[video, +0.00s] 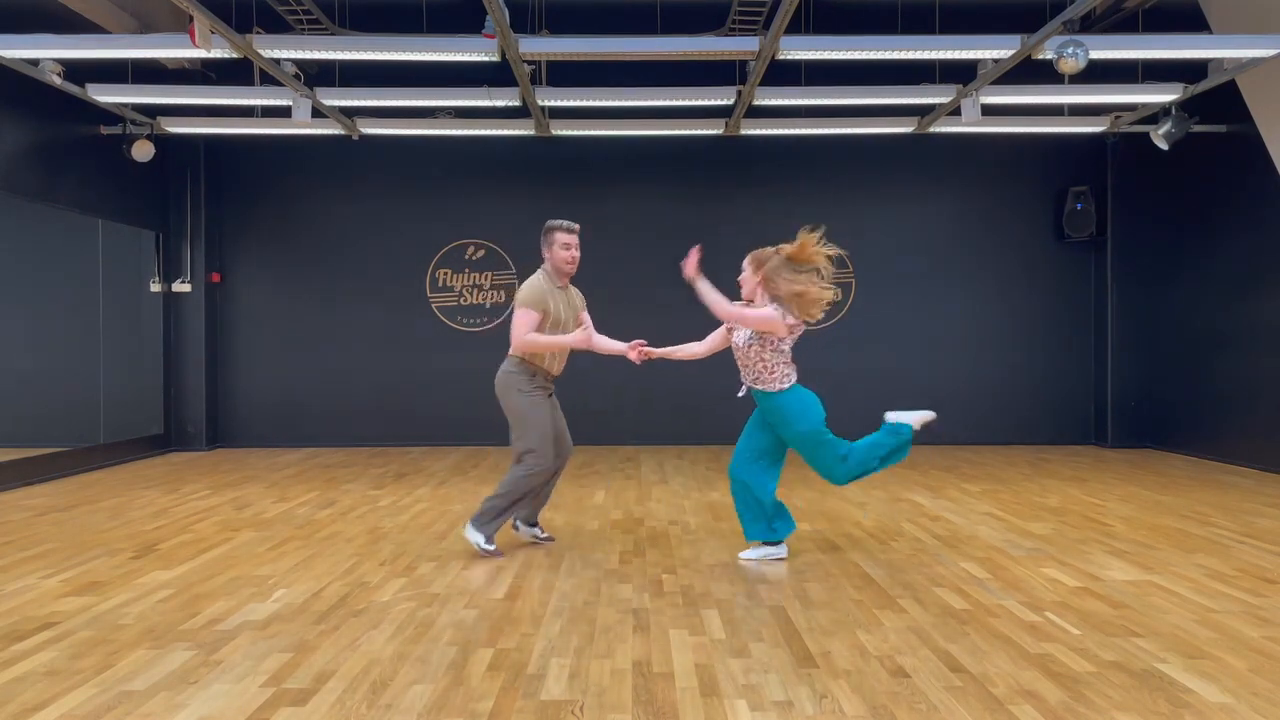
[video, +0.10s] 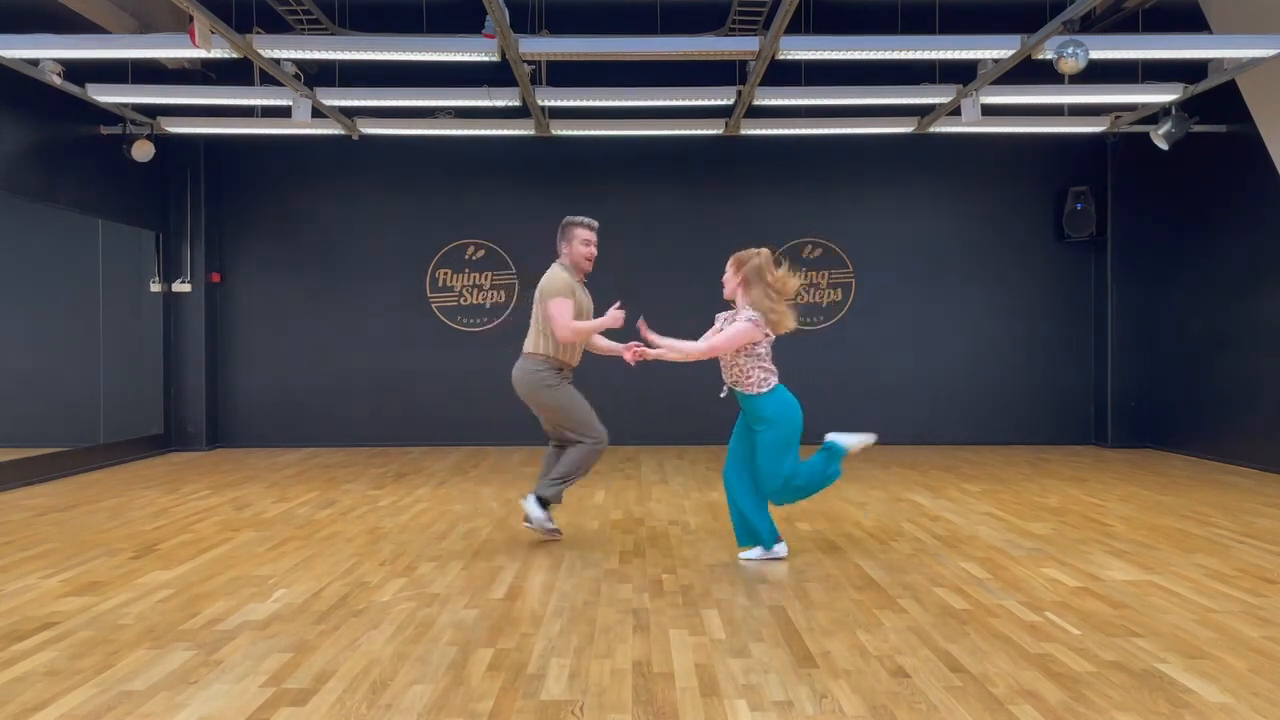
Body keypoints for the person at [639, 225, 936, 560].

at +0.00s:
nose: (738, 279)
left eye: (744, 272)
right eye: (741, 272)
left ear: (762, 280)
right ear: (760, 281)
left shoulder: (781, 318)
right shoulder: (740, 319)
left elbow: (727, 312)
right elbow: (700, 348)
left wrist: (695, 278)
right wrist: (654, 352)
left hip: (792, 407)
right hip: (767, 410)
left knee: (839, 467)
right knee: (745, 471)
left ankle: (901, 429)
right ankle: (770, 542)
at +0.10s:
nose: (722, 279)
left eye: (727, 274)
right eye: (725, 273)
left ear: (741, 280)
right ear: (740, 281)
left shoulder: (753, 323)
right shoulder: (727, 320)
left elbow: (701, 352)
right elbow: (695, 347)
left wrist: (654, 354)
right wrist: (654, 339)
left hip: (776, 414)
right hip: (751, 414)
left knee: (778, 489)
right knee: (737, 476)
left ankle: (835, 450)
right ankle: (768, 543)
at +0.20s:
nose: (705, 269)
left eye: (708, 264)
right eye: (707, 263)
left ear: (721, 270)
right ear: (733, 272)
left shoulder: (714, 312)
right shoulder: (734, 308)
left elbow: (681, 359)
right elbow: (690, 343)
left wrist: (647, 375)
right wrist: (652, 351)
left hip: (744, 402)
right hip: (761, 396)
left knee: (696, 457)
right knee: (751, 469)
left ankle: (758, 493)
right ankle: (767, 541)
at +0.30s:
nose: (684, 252)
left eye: (686, 247)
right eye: (686, 247)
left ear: (691, 252)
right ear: (719, 252)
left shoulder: (677, 289)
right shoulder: (725, 287)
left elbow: (661, 342)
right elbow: (702, 333)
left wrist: (645, 382)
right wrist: (659, 336)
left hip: (697, 378)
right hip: (733, 374)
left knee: (664, 442)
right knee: (731, 452)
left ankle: (679, 506)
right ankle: (756, 523)